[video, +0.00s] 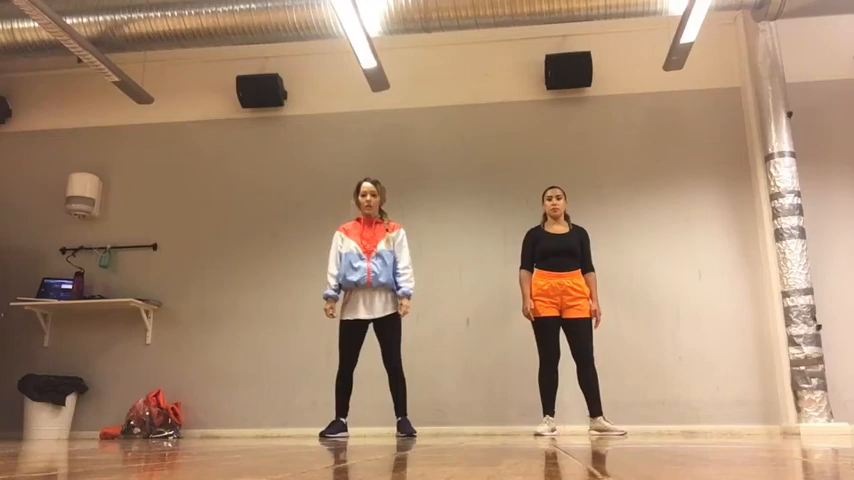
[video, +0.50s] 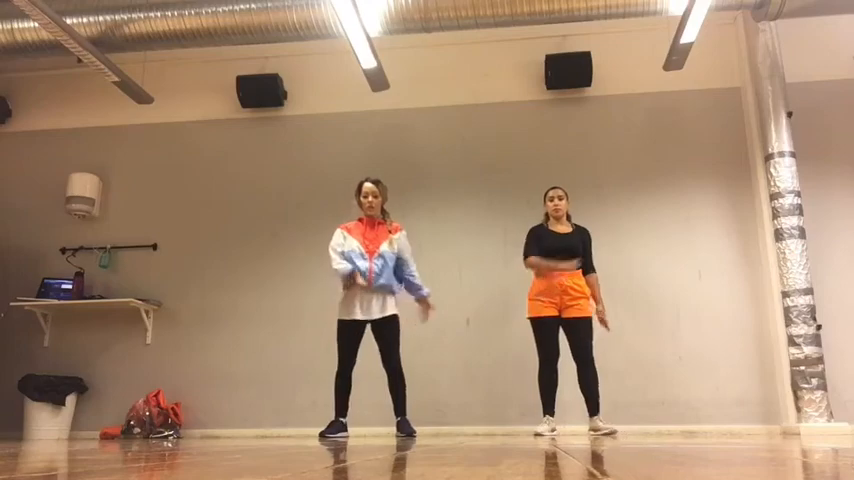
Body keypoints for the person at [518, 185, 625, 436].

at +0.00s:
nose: (554, 202)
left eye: (558, 198)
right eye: (549, 199)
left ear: (566, 203)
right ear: (543, 205)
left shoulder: (579, 233)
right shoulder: (533, 235)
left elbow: (588, 269)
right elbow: (526, 269)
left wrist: (595, 300)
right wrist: (527, 298)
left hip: (576, 299)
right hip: (544, 300)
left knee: (585, 358)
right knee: (548, 359)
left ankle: (597, 418)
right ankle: (548, 419)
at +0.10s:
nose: (554, 202)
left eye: (558, 198)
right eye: (549, 199)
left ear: (566, 203)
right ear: (543, 205)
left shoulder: (579, 233)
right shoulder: (533, 235)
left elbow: (588, 270)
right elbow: (526, 269)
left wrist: (594, 301)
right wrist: (527, 298)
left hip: (576, 299)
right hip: (544, 300)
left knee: (585, 359)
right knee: (548, 359)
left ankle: (597, 418)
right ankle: (548, 419)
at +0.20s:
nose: (554, 202)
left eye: (558, 198)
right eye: (549, 199)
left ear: (566, 204)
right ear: (543, 205)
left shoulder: (579, 233)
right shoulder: (533, 235)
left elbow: (588, 270)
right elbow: (525, 269)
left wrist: (594, 302)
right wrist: (527, 298)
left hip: (576, 299)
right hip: (544, 300)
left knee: (584, 358)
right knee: (548, 359)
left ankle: (597, 418)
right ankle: (548, 419)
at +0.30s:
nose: (554, 202)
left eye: (558, 198)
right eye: (549, 199)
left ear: (566, 204)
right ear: (543, 205)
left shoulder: (579, 233)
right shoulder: (533, 234)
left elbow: (588, 270)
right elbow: (525, 268)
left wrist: (595, 301)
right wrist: (528, 296)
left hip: (576, 299)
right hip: (544, 300)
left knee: (584, 359)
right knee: (548, 359)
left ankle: (597, 418)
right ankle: (548, 419)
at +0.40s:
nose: (555, 202)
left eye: (559, 198)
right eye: (550, 199)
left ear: (566, 204)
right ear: (543, 206)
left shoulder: (580, 233)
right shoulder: (534, 233)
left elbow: (588, 270)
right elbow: (523, 266)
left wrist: (596, 301)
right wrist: (534, 285)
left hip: (576, 299)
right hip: (544, 301)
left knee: (585, 358)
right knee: (548, 359)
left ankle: (596, 418)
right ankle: (548, 419)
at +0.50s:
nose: (556, 203)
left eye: (560, 199)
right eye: (551, 200)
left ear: (568, 203)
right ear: (545, 206)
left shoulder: (582, 233)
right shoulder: (536, 232)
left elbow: (590, 271)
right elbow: (530, 261)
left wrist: (600, 305)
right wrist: (564, 266)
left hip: (577, 302)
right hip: (544, 303)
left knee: (585, 358)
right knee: (548, 359)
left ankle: (595, 419)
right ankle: (548, 419)